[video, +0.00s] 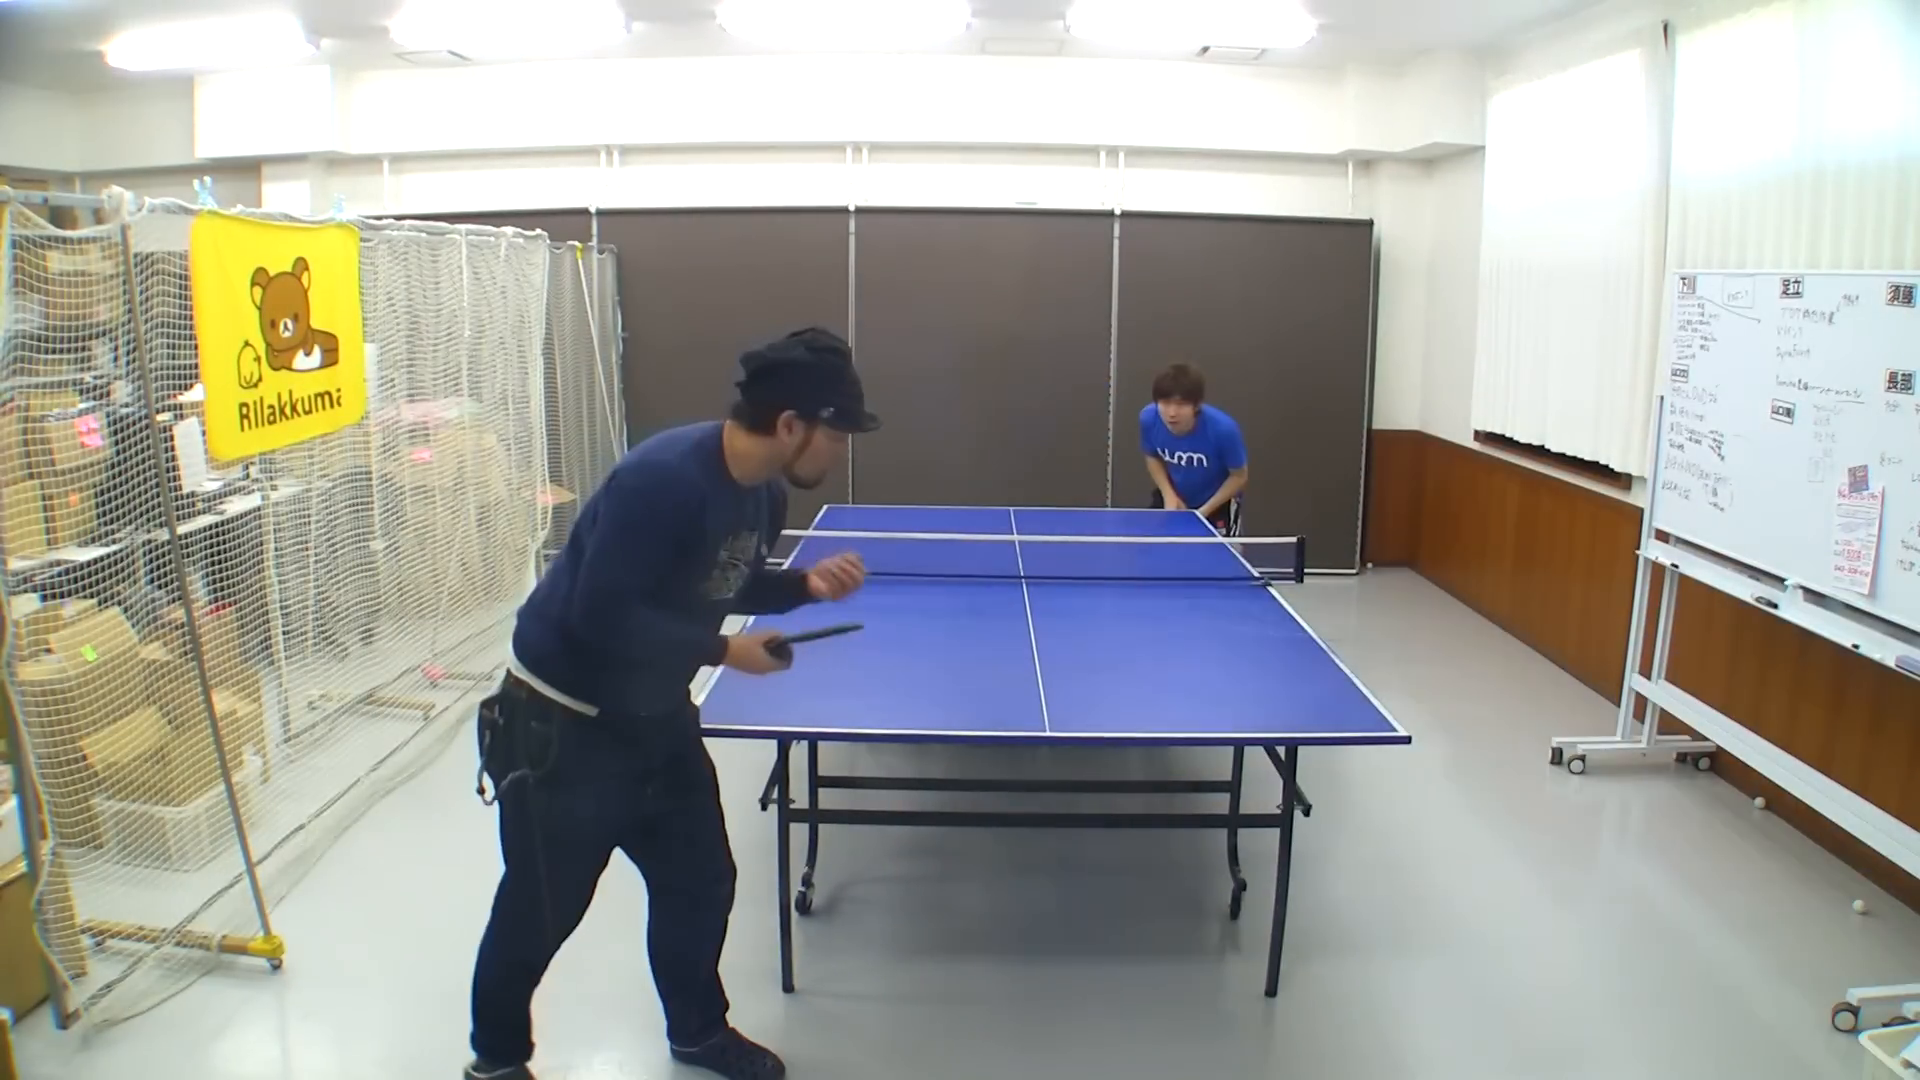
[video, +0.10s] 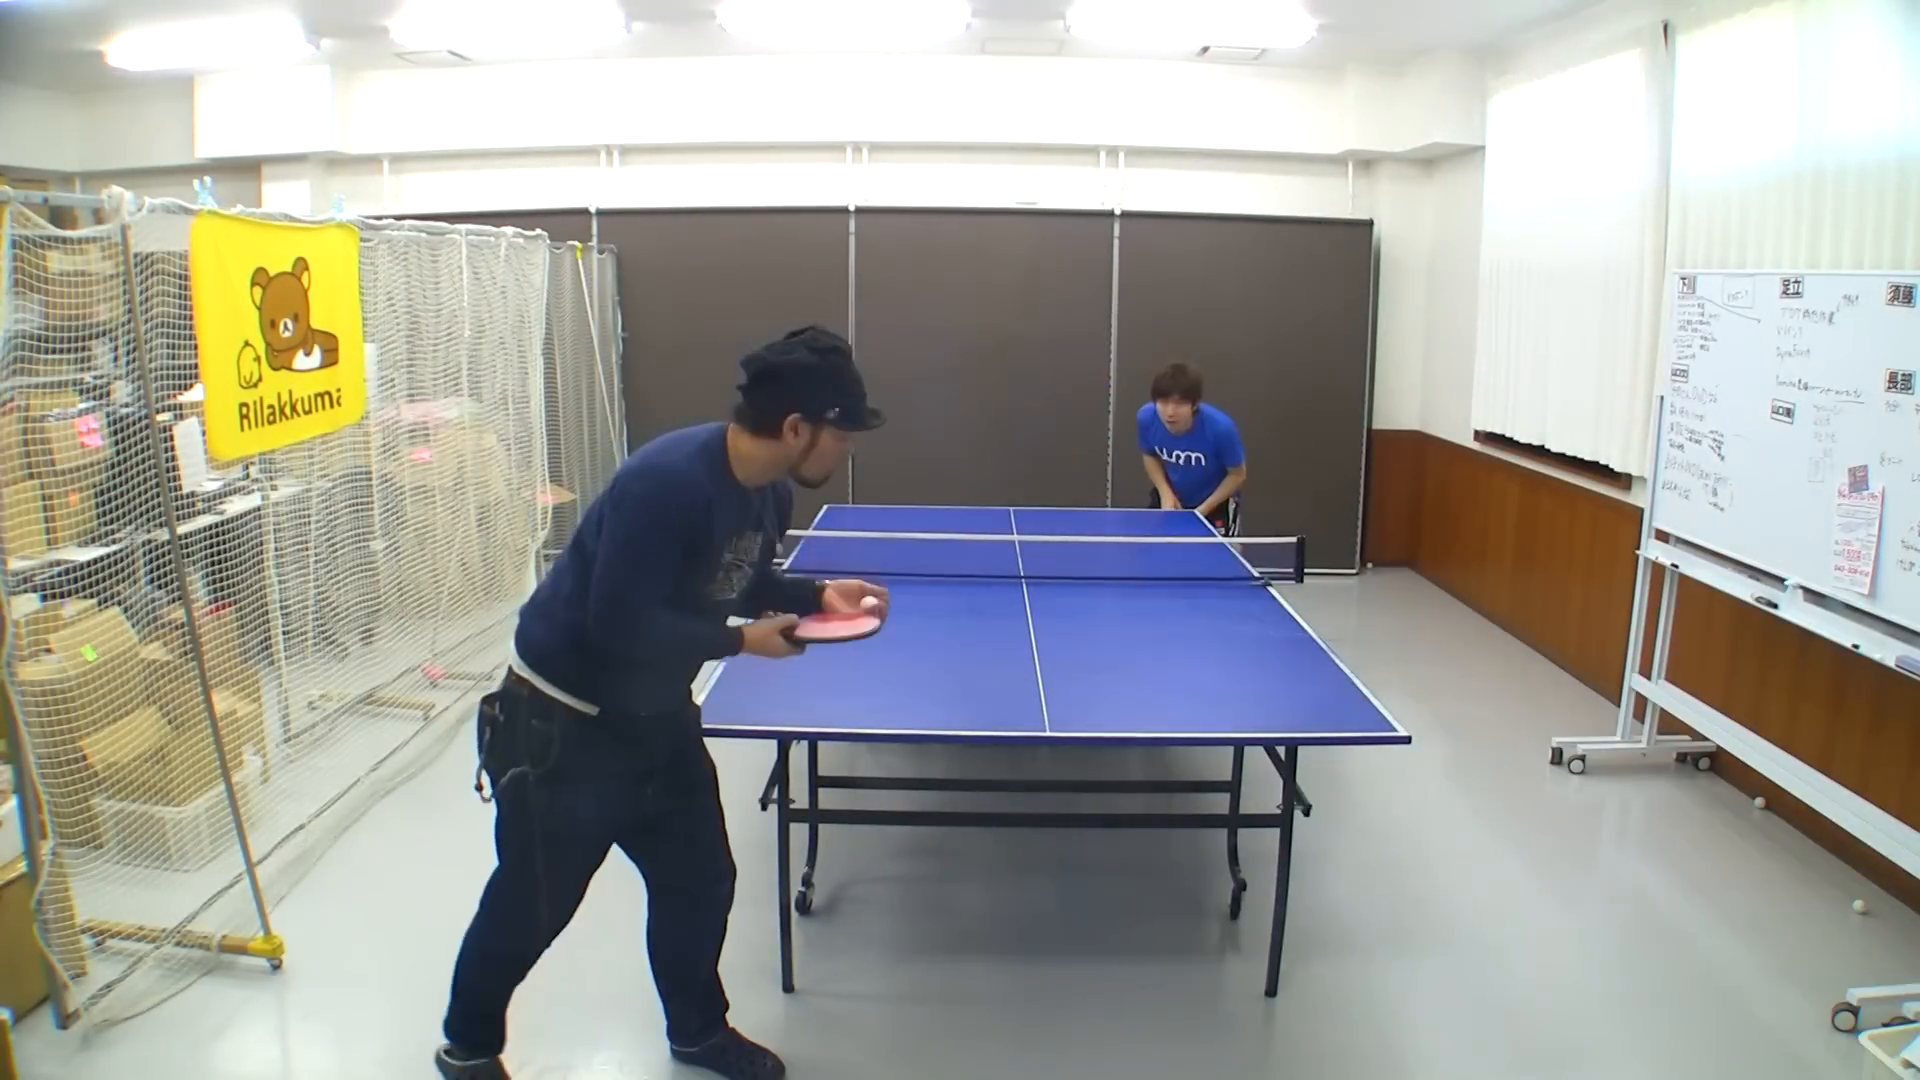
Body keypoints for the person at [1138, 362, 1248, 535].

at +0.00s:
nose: (1172, 414)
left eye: (1181, 404)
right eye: (1165, 403)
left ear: (1196, 405)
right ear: (1157, 403)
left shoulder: (1223, 429)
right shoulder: (1149, 419)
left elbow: (1239, 476)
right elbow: (1152, 458)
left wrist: (1202, 512)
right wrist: (1169, 496)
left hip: (1217, 505)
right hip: (1170, 500)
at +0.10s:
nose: (1170, 413)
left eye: (1180, 404)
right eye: (1164, 403)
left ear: (1194, 405)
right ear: (1155, 402)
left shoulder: (1221, 428)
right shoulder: (1147, 419)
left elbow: (1237, 475)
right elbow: (1150, 457)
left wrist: (1201, 511)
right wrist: (1165, 494)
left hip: (1215, 504)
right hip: (1168, 500)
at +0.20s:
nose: (1169, 411)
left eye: (1179, 402)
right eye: (1163, 401)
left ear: (1194, 403)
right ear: (1154, 401)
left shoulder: (1220, 427)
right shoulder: (1146, 418)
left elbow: (1237, 474)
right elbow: (1149, 456)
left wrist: (1200, 510)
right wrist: (1165, 493)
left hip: (1214, 504)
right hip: (1167, 500)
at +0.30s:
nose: (1169, 409)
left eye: (1178, 400)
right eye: (1162, 399)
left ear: (1193, 401)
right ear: (1154, 399)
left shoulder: (1220, 426)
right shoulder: (1146, 417)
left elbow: (1237, 473)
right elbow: (1150, 455)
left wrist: (1201, 509)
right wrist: (1166, 491)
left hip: (1215, 504)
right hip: (1169, 500)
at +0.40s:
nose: (1169, 406)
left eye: (1178, 397)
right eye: (1162, 396)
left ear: (1193, 399)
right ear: (1154, 397)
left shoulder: (1220, 424)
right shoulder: (1147, 416)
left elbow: (1238, 472)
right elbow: (1151, 455)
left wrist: (1200, 508)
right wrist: (1166, 490)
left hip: (1216, 501)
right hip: (1170, 498)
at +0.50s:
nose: (1169, 401)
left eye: (1178, 392)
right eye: (1163, 392)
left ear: (1193, 395)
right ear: (1154, 393)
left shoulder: (1220, 422)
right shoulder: (1148, 414)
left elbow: (1238, 471)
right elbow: (1151, 454)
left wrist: (1201, 506)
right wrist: (1167, 488)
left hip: (1216, 500)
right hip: (1171, 497)